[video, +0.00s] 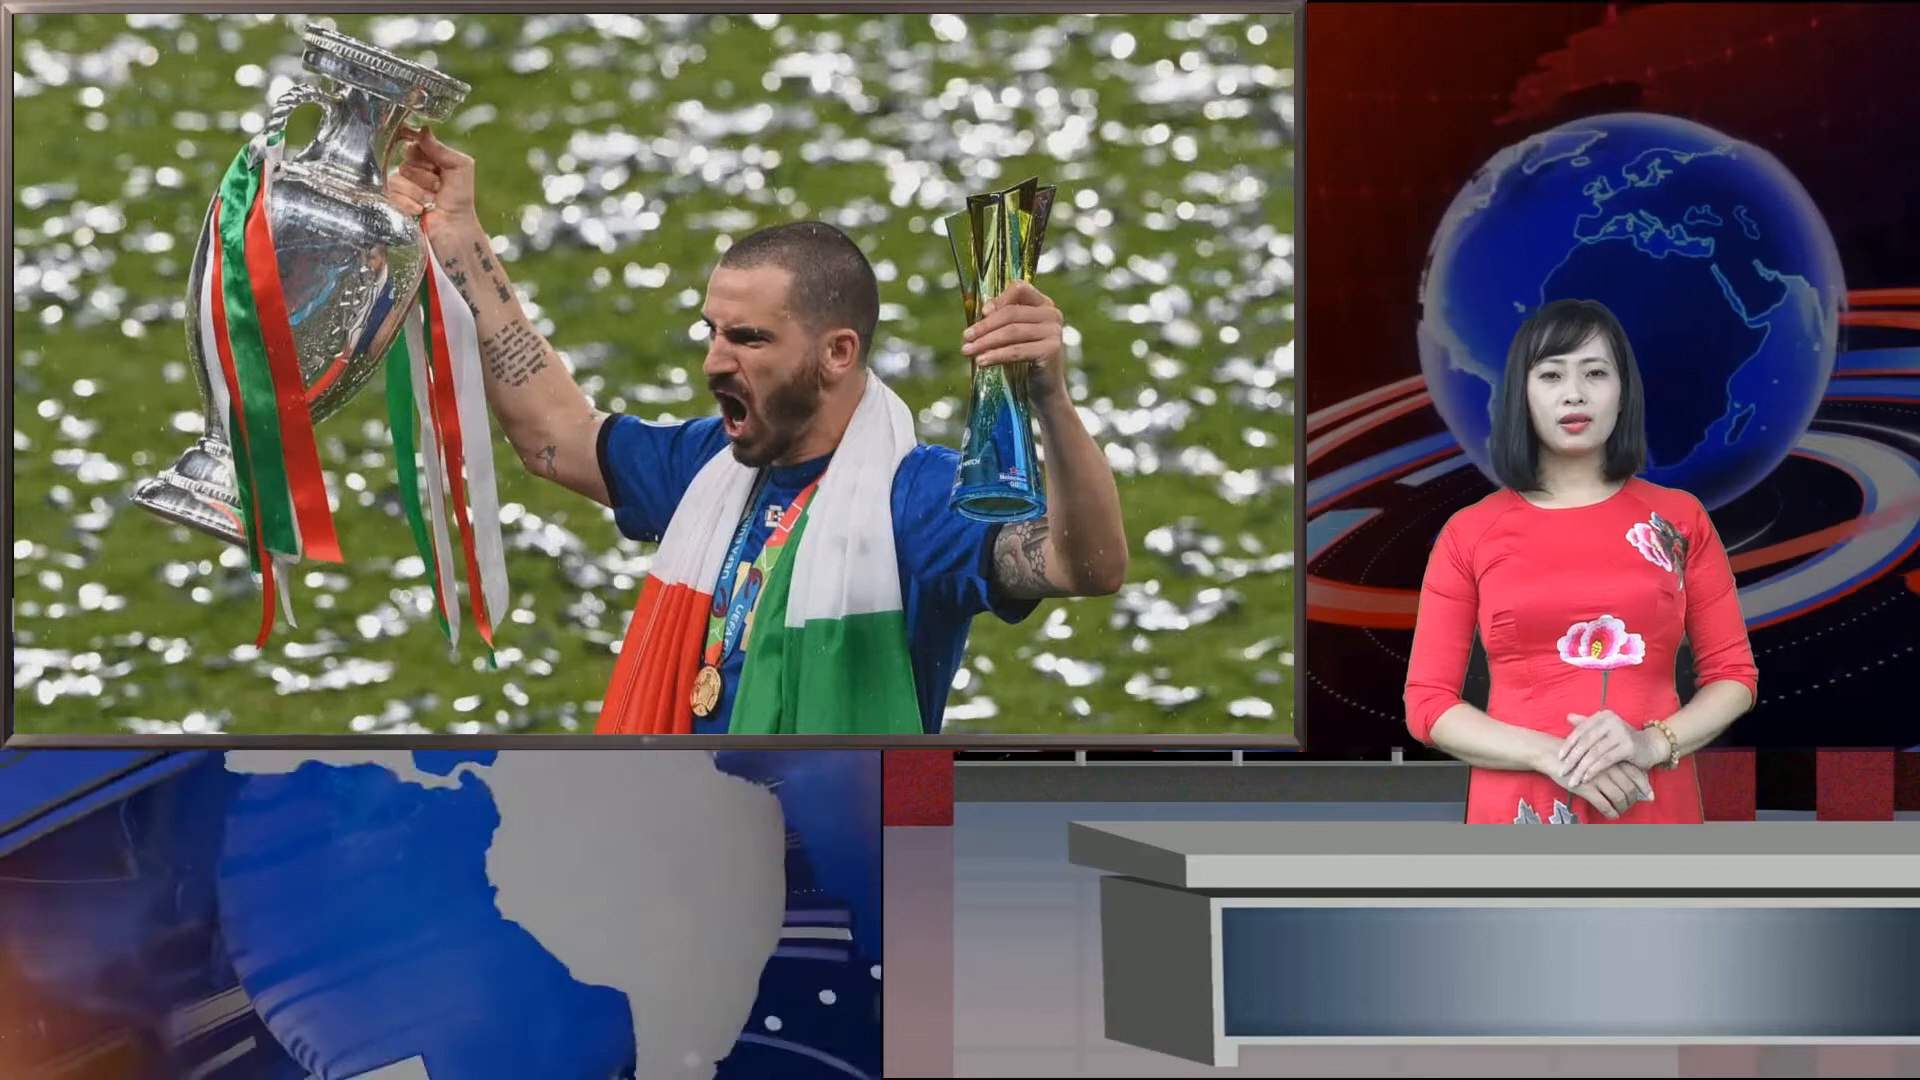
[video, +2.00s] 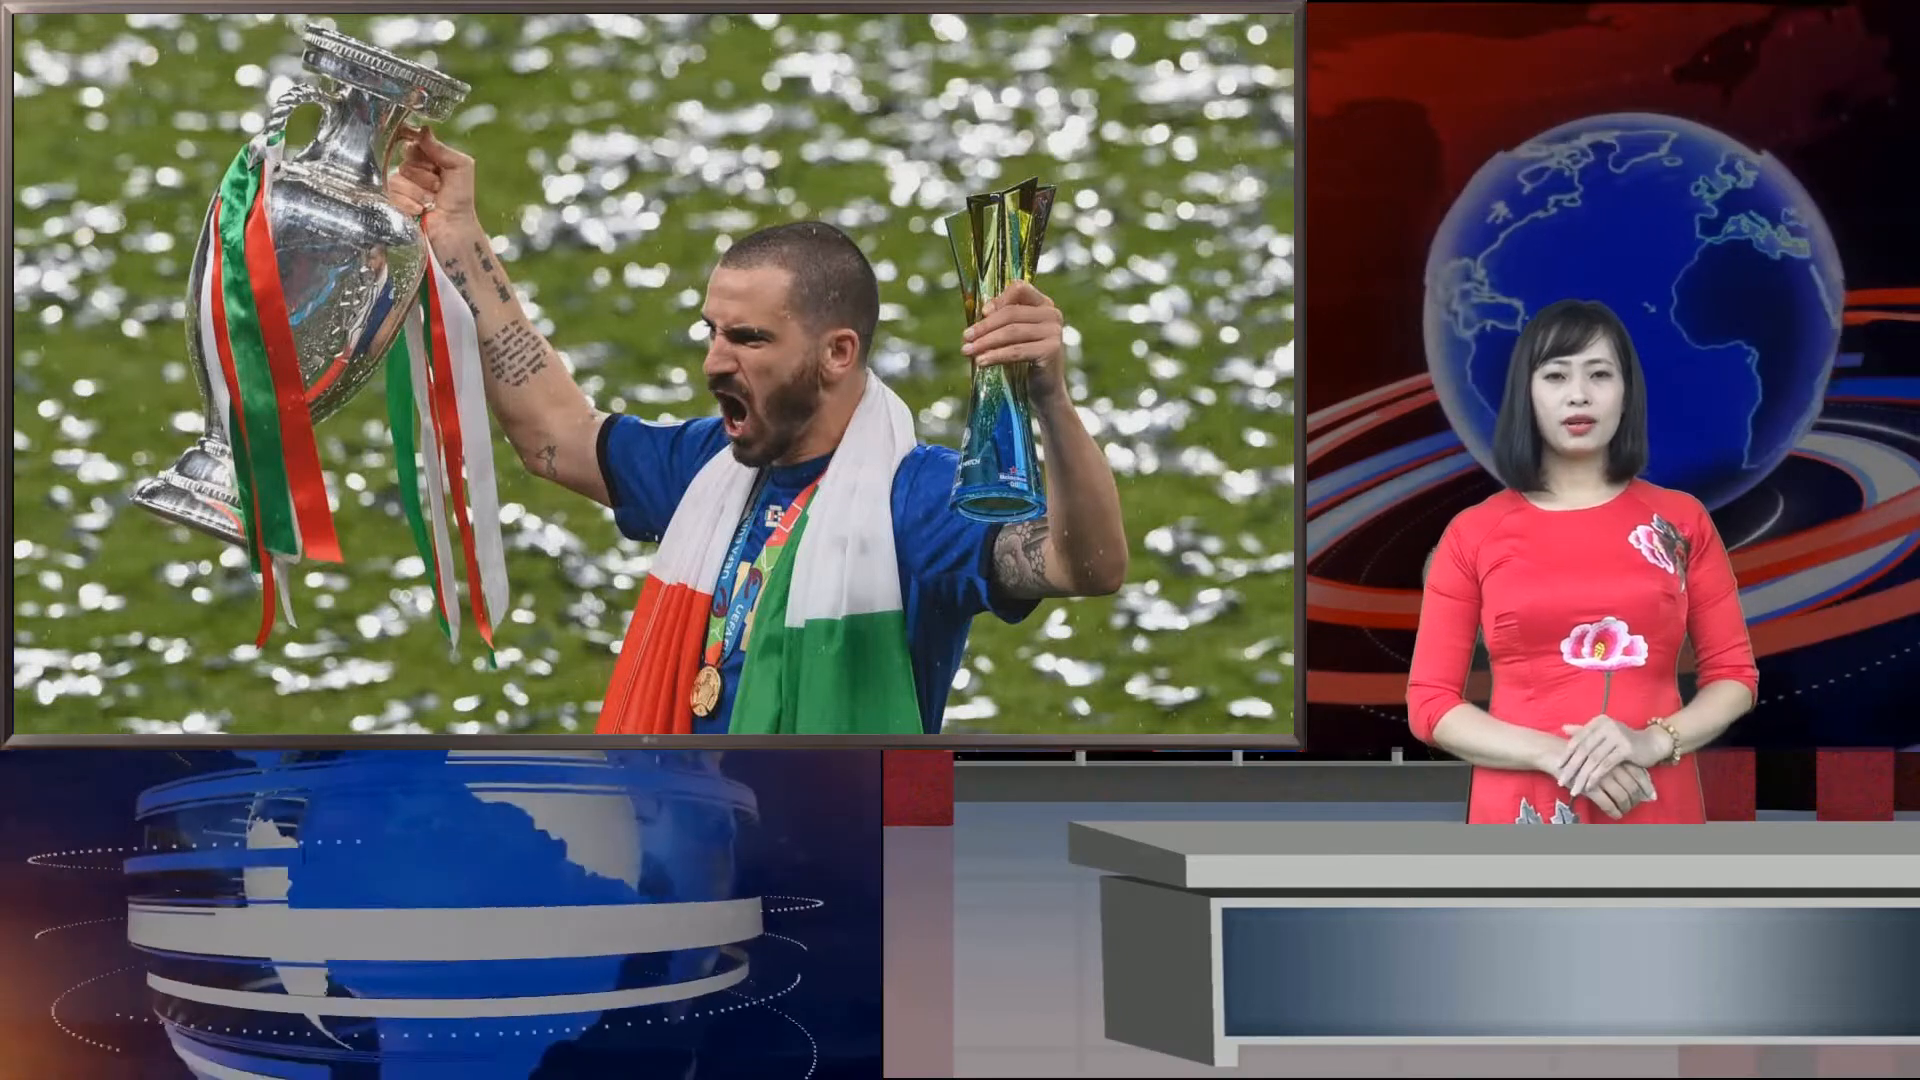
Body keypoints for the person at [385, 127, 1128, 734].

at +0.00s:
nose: (714, 361)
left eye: (747, 339)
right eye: (712, 333)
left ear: (839, 355)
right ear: (705, 327)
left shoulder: (915, 493)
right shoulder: (702, 465)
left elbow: (1090, 563)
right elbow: (557, 438)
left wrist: (1049, 398)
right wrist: (464, 252)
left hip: (833, 898)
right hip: (671, 884)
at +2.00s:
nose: (713, 362)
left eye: (747, 339)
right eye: (711, 333)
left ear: (839, 355)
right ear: (705, 327)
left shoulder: (915, 493)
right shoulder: (703, 466)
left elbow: (1090, 563)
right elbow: (557, 438)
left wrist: (1049, 398)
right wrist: (464, 252)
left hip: (833, 890)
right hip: (674, 881)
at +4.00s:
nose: (713, 362)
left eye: (747, 339)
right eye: (711, 333)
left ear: (839, 355)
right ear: (705, 327)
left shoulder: (914, 493)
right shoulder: (703, 466)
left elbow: (1089, 563)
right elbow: (557, 438)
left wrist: (1049, 399)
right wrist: (464, 254)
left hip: (836, 895)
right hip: (673, 886)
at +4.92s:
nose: (714, 362)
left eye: (747, 339)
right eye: (712, 333)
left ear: (839, 355)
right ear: (705, 327)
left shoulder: (914, 493)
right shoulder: (703, 466)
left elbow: (1089, 563)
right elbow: (557, 438)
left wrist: (1049, 399)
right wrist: (465, 254)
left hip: (827, 908)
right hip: (672, 898)